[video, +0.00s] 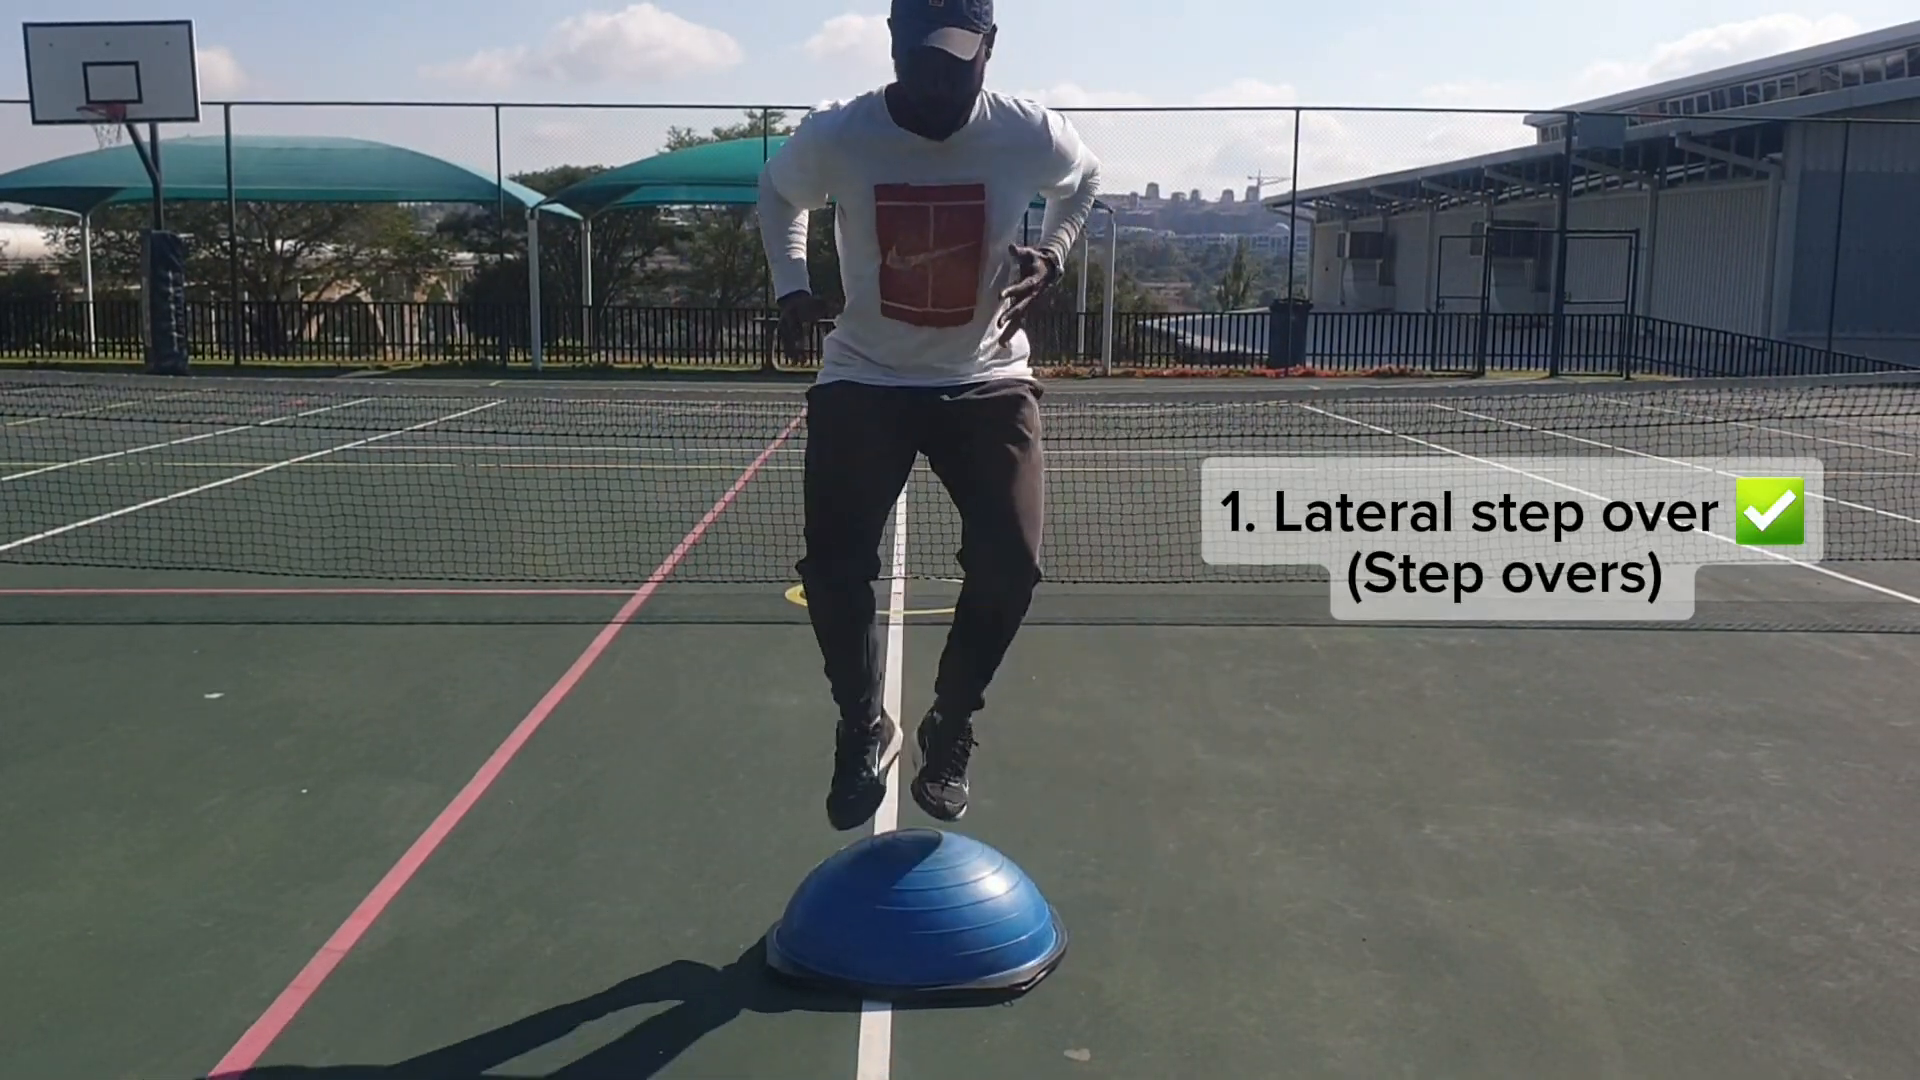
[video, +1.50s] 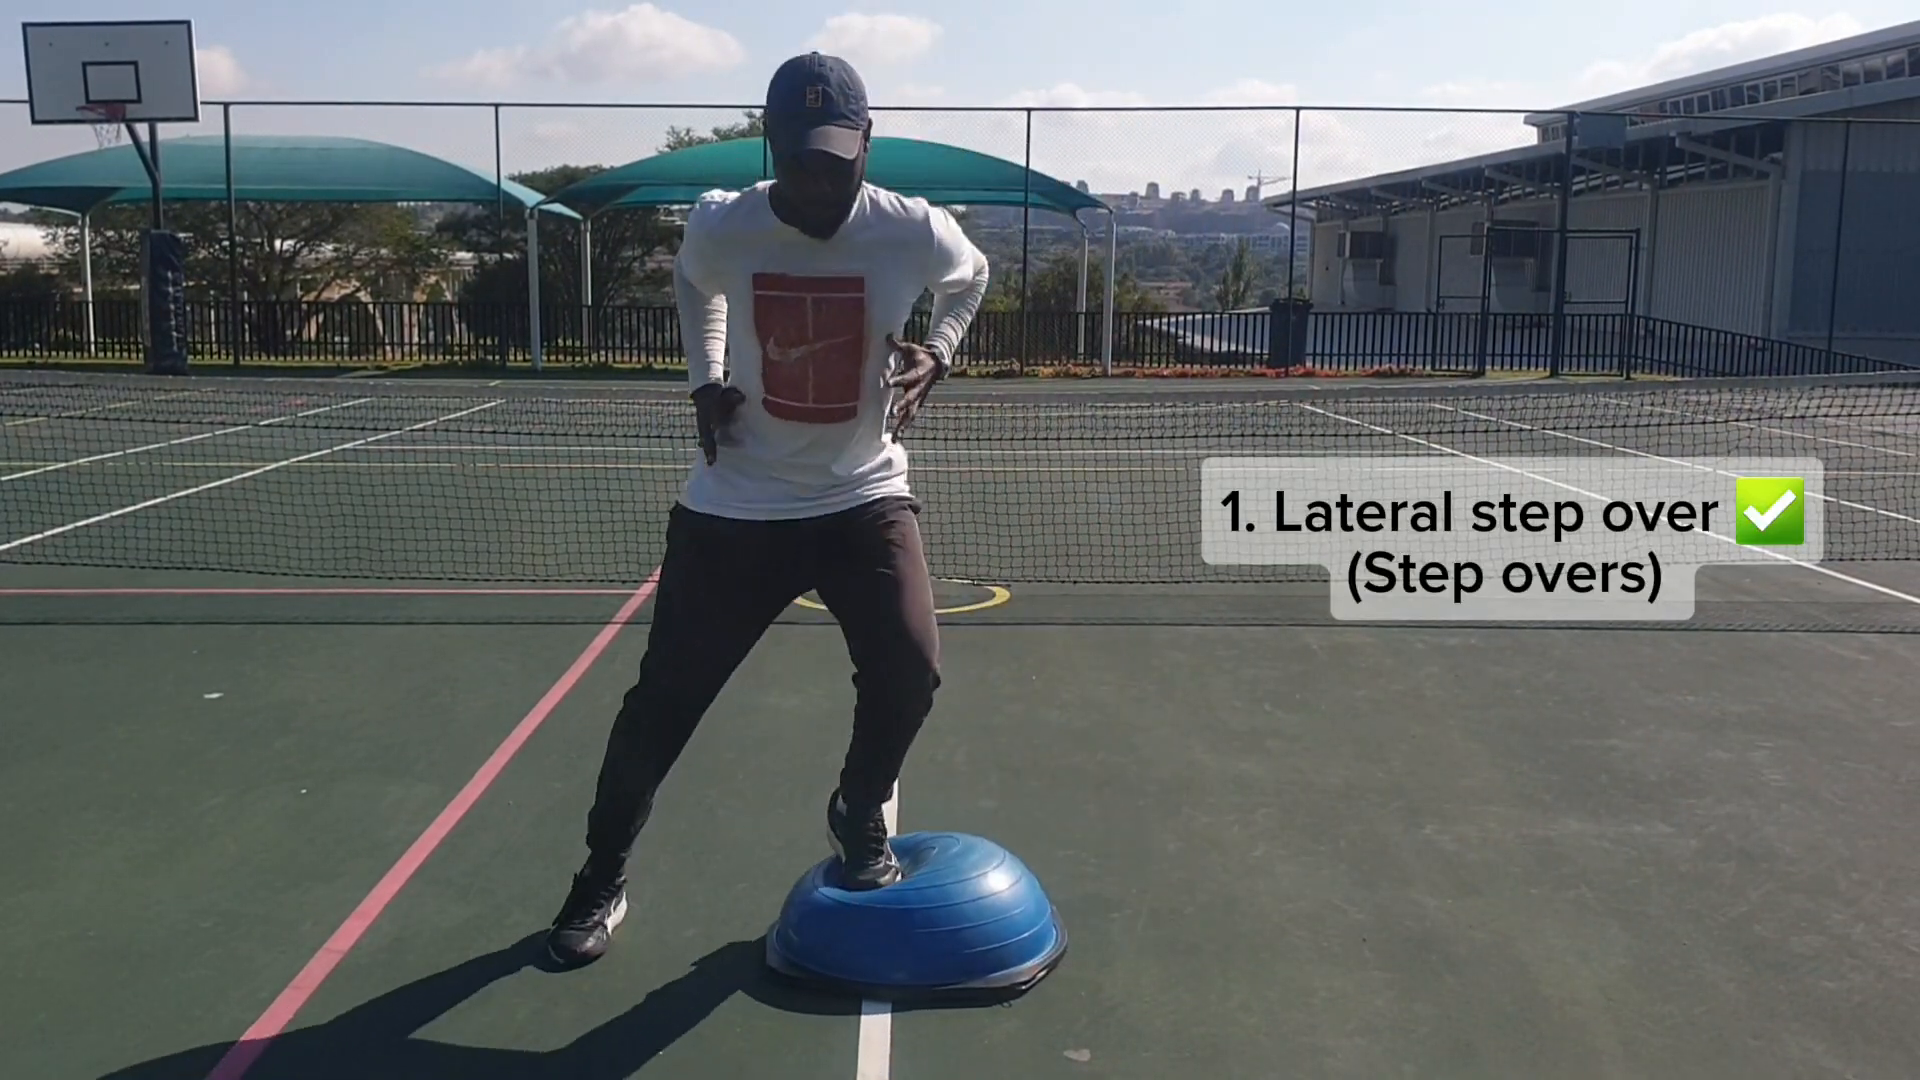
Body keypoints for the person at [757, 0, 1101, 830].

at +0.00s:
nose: (936, 86)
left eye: (954, 68)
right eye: (922, 66)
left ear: (986, 56)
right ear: (895, 50)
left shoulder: (1035, 140)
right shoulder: (833, 139)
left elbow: (1079, 190)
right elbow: (778, 195)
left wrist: (1052, 254)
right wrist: (792, 285)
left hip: (988, 382)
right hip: (864, 379)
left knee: (1012, 561)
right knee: (833, 566)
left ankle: (950, 727)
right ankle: (861, 724)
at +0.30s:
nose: (822, 246)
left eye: (841, 226)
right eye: (803, 226)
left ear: (870, 211)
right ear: (775, 214)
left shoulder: (928, 295)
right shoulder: (734, 292)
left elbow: (996, 369)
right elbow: (719, 386)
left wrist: (949, 433)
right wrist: (712, 474)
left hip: (877, 522)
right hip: (754, 527)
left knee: (928, 666)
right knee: (719, 710)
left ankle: (897, 811)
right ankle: (639, 897)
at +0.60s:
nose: (903, 88)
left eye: (919, 70)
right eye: (886, 69)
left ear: (948, 51)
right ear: (856, 53)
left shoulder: (1005, 129)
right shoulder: (814, 143)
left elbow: (1085, 172)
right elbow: (743, 210)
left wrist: (1059, 231)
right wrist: (740, 286)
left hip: (979, 393)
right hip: (856, 389)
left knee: (986, 593)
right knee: (818, 590)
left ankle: (939, 756)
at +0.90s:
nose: (981, 227)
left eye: (997, 207)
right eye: (963, 207)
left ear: (1023, 194)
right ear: (933, 198)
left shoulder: (1080, 280)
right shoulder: (887, 284)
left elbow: (1159, 360)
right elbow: (875, 349)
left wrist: (1125, 432)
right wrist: (899, 409)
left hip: (1069, 515)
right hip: (948, 508)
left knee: (1143, 704)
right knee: (892, 661)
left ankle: (1180, 853)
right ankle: (933, 789)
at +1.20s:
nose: (923, 97)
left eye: (939, 78)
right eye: (905, 76)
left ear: (966, 64)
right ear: (874, 60)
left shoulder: (1012, 150)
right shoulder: (819, 147)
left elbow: (1086, 209)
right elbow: (792, 186)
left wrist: (1049, 280)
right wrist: (795, 270)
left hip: (983, 402)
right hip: (860, 412)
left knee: (1045, 594)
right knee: (862, 617)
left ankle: (1029, 735)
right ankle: (902, 774)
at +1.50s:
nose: (826, 176)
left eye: (842, 157)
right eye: (806, 158)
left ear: (867, 146)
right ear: (771, 149)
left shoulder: (915, 232)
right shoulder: (718, 233)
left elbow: (969, 275)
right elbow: (700, 285)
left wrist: (936, 348)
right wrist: (710, 376)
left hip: (864, 495)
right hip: (738, 502)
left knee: (911, 671)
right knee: (664, 699)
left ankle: (862, 809)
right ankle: (601, 878)